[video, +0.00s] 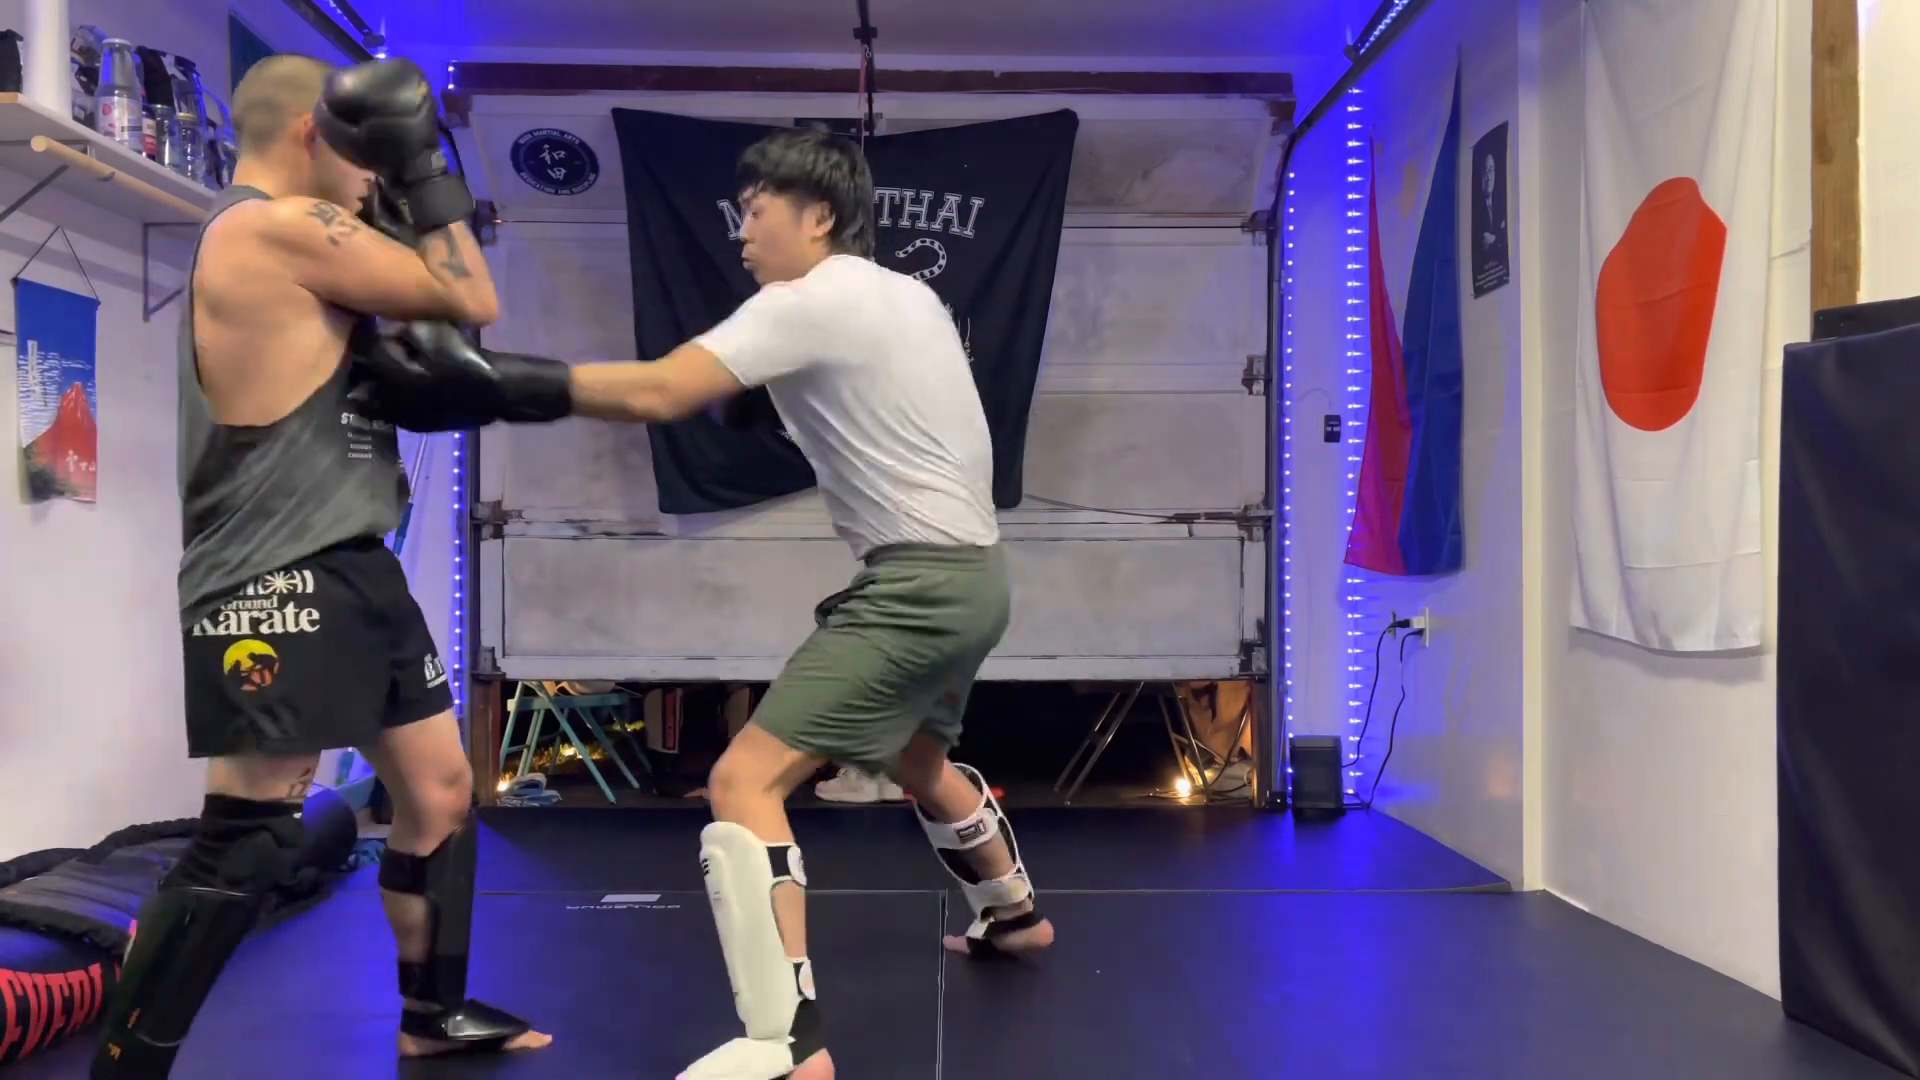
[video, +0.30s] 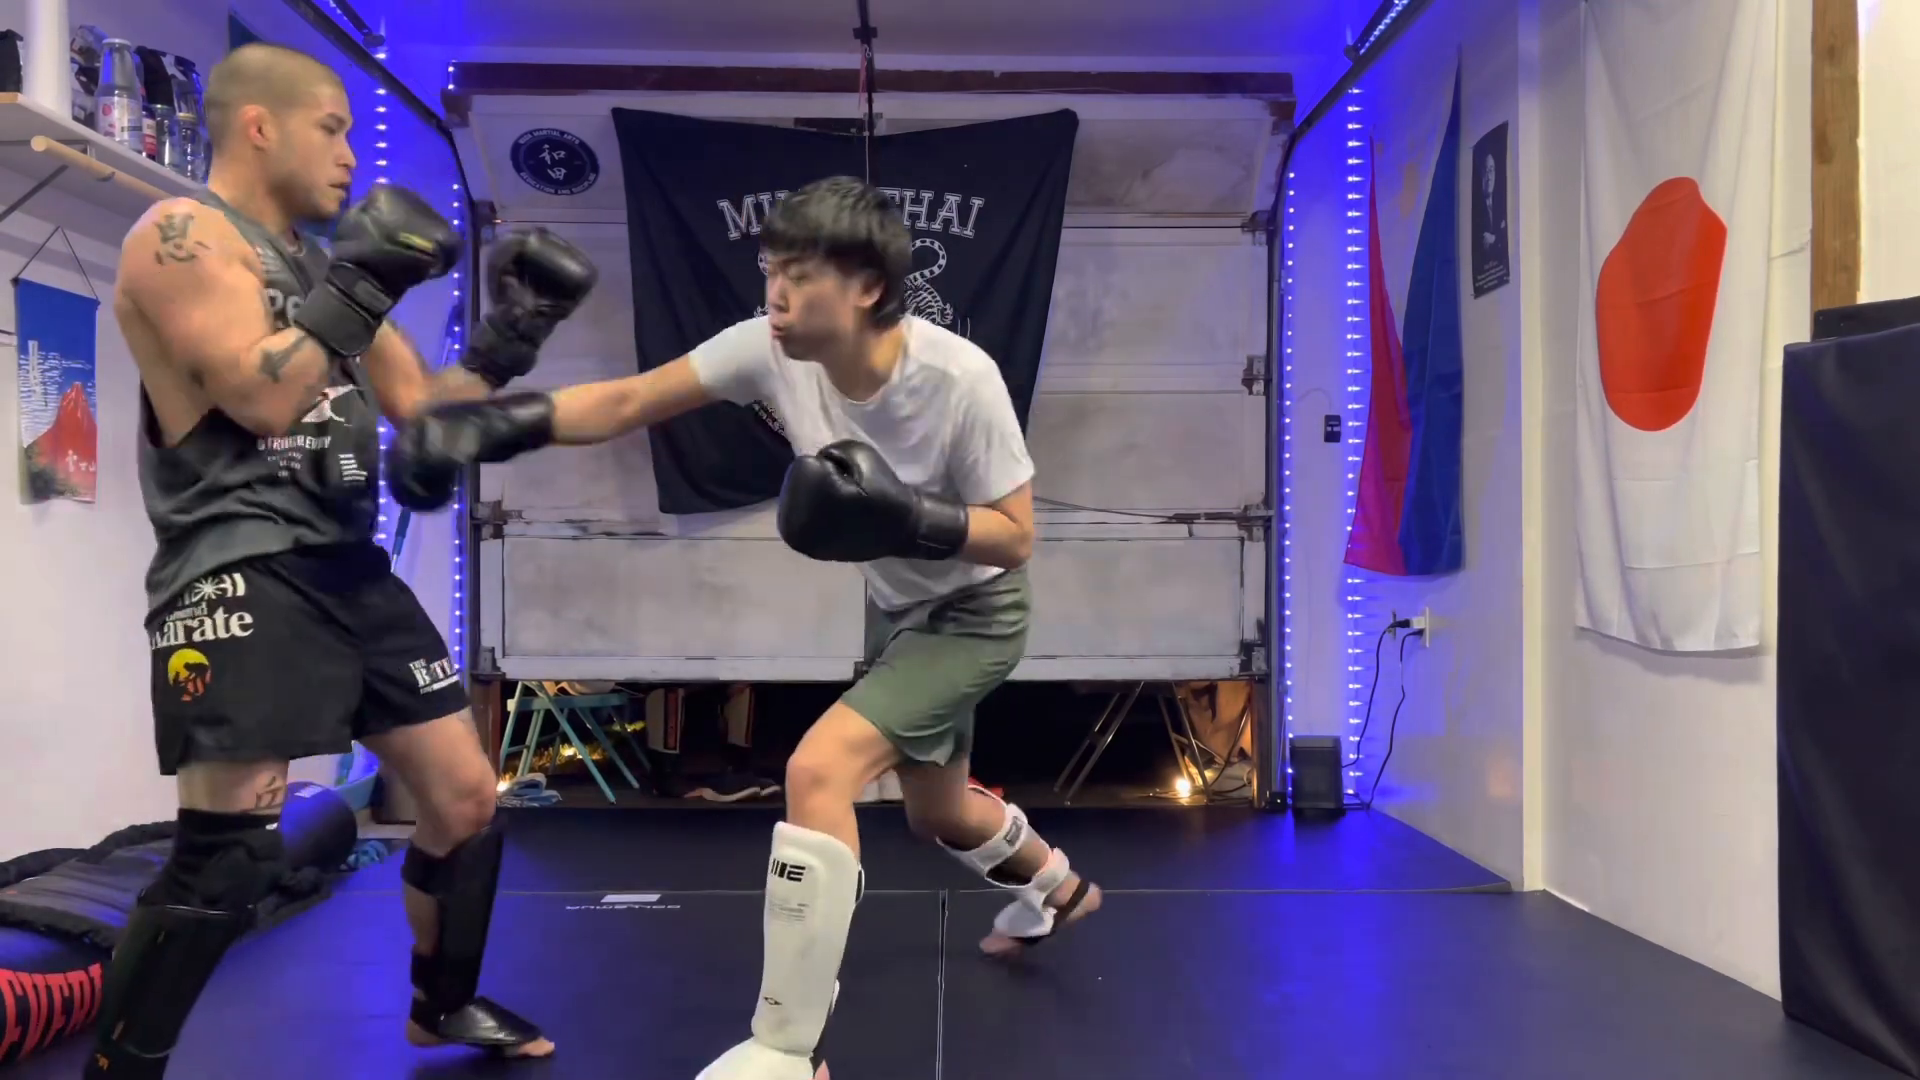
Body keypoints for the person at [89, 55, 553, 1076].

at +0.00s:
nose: (374, 171)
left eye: (373, 146)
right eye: (360, 145)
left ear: (280, 137)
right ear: (312, 133)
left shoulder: (293, 235)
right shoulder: (271, 229)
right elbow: (472, 298)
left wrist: (426, 208)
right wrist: (423, 171)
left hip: (350, 561)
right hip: (269, 571)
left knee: (437, 786)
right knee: (249, 832)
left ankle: (434, 1014)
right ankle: (129, 1057)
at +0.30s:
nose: (349, 152)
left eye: (350, 133)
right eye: (332, 128)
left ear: (263, 135)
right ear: (257, 128)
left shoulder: (321, 266)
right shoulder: (177, 234)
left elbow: (429, 414)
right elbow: (264, 394)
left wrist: (509, 335)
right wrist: (366, 276)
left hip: (350, 568)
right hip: (235, 566)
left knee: (464, 799)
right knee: (227, 852)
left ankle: (445, 1003)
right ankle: (124, 1060)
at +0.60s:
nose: (452, 144)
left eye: (451, 124)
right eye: (434, 120)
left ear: (365, 131)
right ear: (357, 126)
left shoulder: (421, 270)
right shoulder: (284, 241)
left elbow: (499, 389)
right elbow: (389, 383)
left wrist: (559, 289)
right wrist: (501, 301)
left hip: (439, 577)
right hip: (315, 580)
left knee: (544, 814)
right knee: (248, 845)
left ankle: (538, 1046)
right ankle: (128, 1061)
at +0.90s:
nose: (596, 127)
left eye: (592, 107)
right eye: (579, 102)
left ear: (519, 112)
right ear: (510, 105)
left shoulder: (527, 253)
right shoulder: (450, 206)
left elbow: (525, 401)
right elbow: (489, 365)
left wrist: (631, 408)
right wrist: (643, 359)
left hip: (549, 553)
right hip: (457, 552)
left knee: (555, 812)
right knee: (437, 822)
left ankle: (539, 1043)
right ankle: (276, 1055)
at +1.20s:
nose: (662, 115)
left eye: (659, 94)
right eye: (645, 91)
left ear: (585, 95)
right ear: (578, 92)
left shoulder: (612, 233)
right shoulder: (499, 216)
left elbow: (627, 369)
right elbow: (617, 384)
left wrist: (691, 400)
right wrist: (721, 288)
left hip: (606, 546)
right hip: (524, 546)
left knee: (616, 816)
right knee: (577, 819)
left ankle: (540, 1045)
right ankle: (508, 1059)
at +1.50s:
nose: (737, 104)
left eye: (734, 81)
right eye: (728, 79)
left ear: (654, 76)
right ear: (674, 74)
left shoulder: (634, 193)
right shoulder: (616, 186)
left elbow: (715, 361)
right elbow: (738, 364)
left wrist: (785, 267)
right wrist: (802, 259)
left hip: (673, 547)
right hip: (617, 552)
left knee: (752, 793)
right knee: (588, 835)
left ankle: (742, 1027)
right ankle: (511, 1067)